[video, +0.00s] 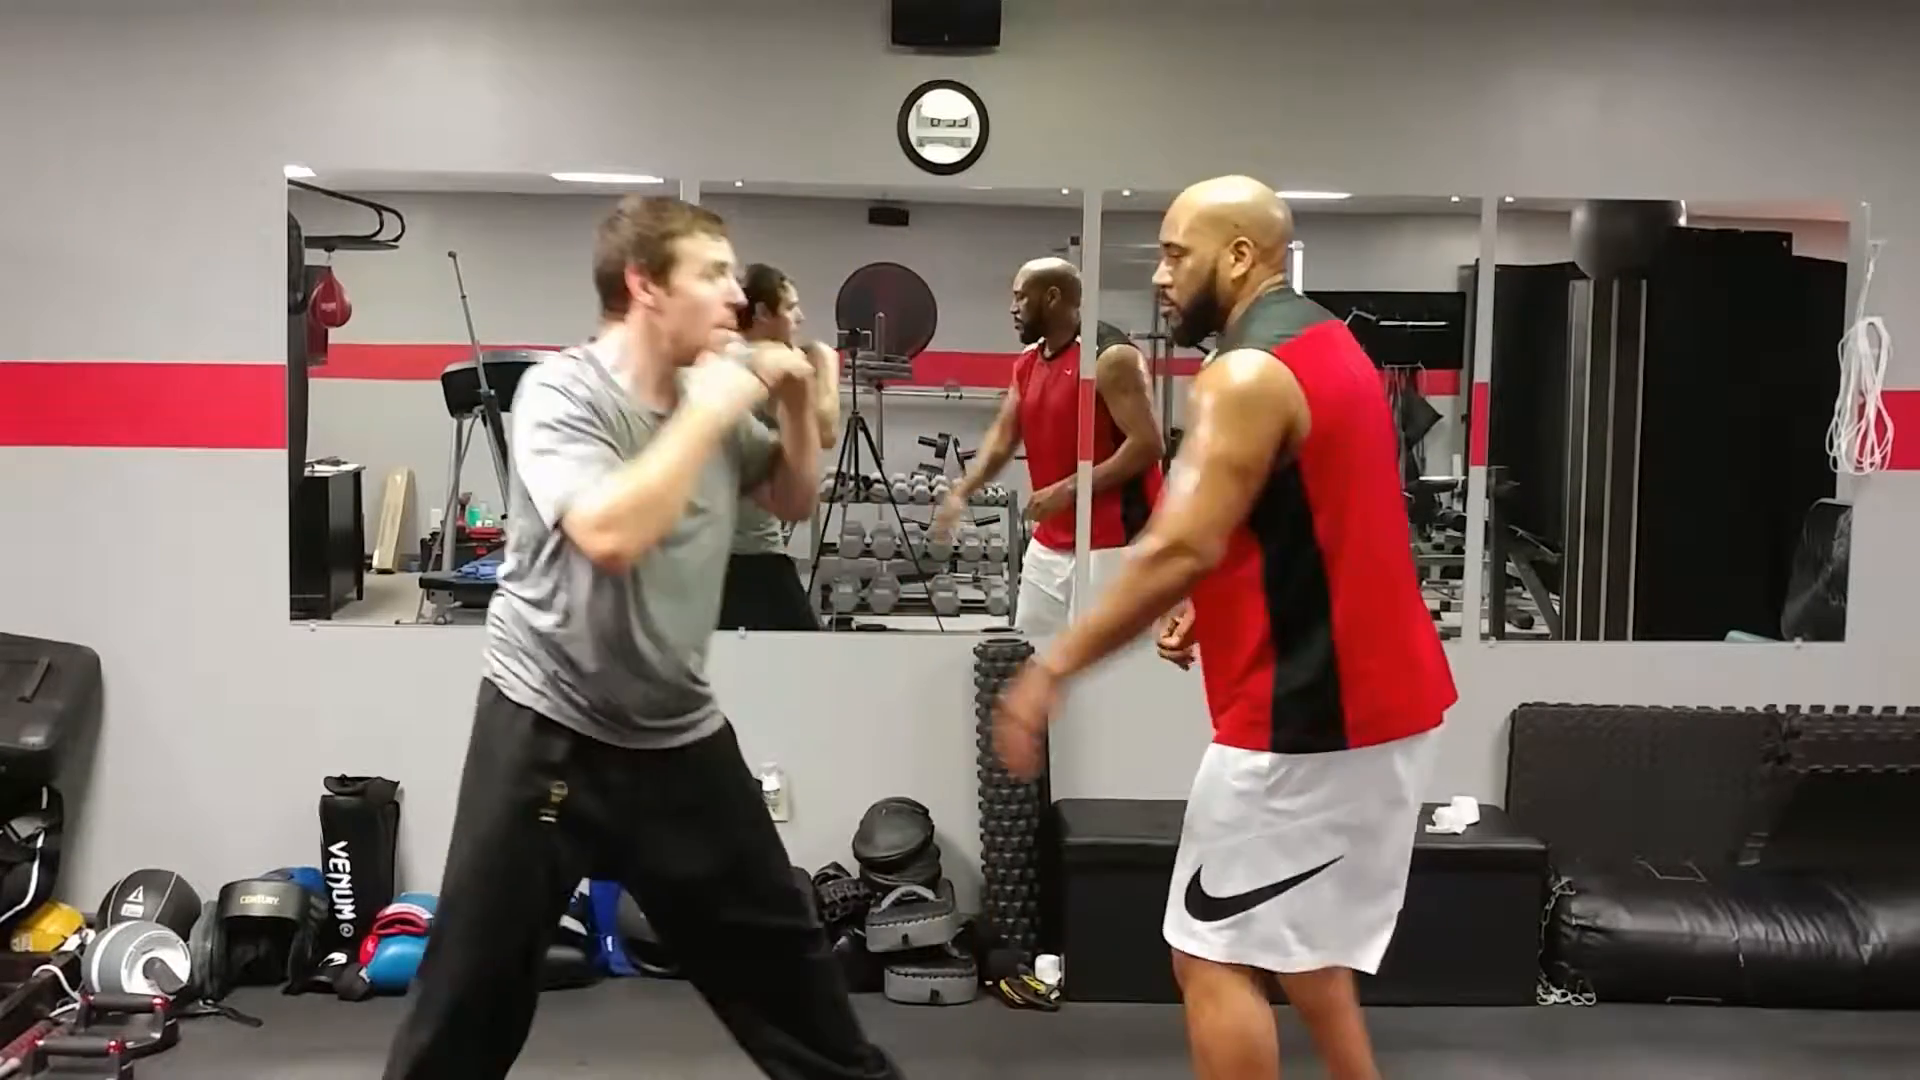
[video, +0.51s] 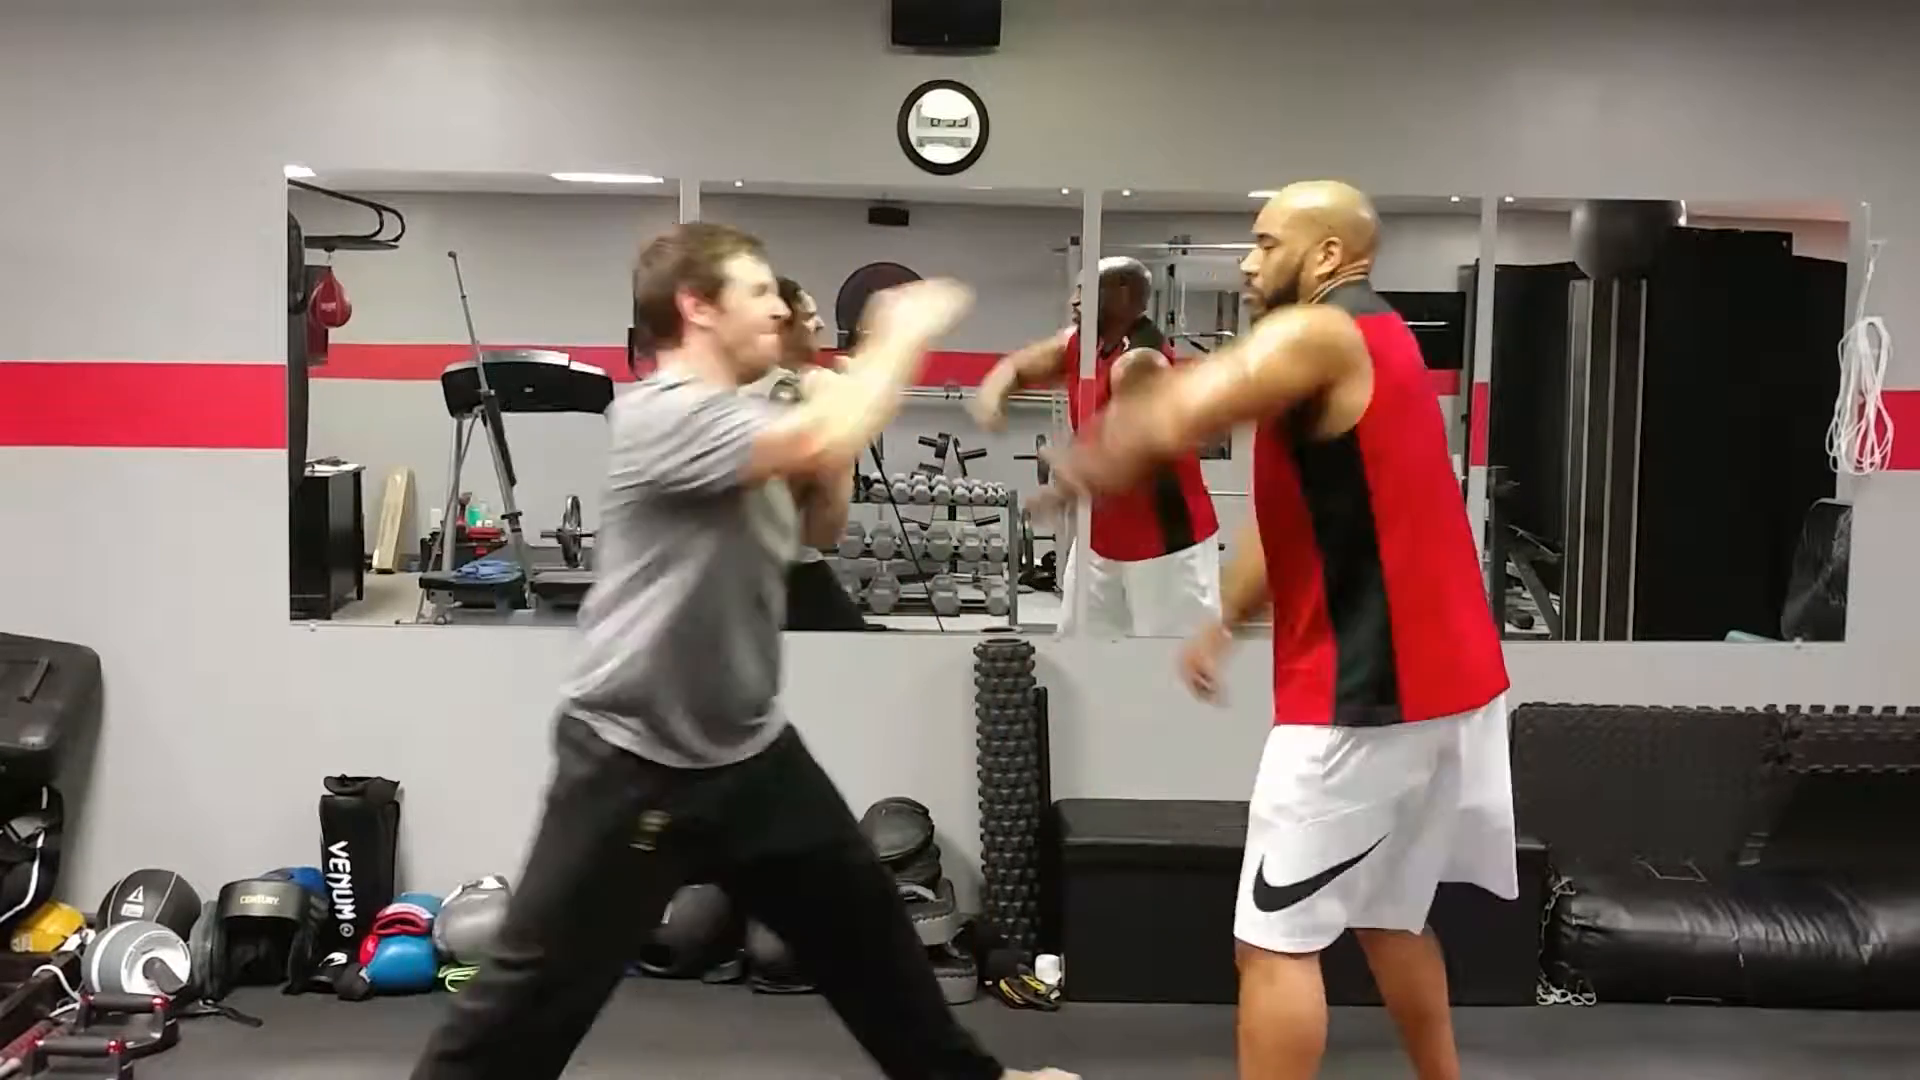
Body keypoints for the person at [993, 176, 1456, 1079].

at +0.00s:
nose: (1159, 275)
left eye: (1175, 256)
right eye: (1161, 256)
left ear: (1241, 257)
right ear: (1256, 260)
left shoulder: (1248, 374)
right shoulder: (1329, 348)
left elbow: (1182, 549)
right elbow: (1314, 518)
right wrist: (1212, 599)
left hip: (1294, 717)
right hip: (1377, 704)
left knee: (1210, 953)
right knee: (1312, 956)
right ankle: (1359, 1076)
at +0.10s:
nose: (1178, 282)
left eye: (1194, 262)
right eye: (1179, 262)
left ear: (1260, 265)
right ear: (1269, 268)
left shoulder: (1284, 383)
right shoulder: (1328, 351)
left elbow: (1298, 576)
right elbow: (1345, 543)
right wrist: (1242, 641)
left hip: (1313, 724)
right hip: (1386, 708)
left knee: (1210, 948)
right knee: (1358, 927)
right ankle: (1421, 1071)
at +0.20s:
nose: (1198, 283)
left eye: (1214, 264)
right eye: (1199, 264)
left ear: (1278, 268)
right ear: (1288, 270)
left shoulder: (1310, 388)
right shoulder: (1348, 356)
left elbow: (1363, 568)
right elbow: (1374, 552)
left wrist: (1272, 708)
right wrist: (1272, 698)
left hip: (1347, 718)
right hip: (1408, 710)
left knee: (1216, 927)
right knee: (1374, 928)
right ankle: (1431, 1072)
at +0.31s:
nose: (1215, 276)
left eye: (1231, 258)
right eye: (1217, 257)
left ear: (1295, 262)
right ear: (1305, 264)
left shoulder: (1315, 376)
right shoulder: (1357, 347)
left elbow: (1350, 563)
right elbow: (1380, 541)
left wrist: (1277, 693)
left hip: (1359, 708)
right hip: (1426, 696)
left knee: (1243, 928)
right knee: (1382, 917)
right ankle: (1434, 1072)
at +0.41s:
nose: (1225, 272)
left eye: (1242, 254)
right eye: (1228, 253)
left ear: (1305, 262)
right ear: (1316, 264)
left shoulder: (1310, 369)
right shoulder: (1365, 344)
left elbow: (1305, 549)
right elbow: (1384, 526)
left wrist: (1245, 626)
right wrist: (1283, 613)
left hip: (1360, 697)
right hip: (1436, 685)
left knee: (1260, 927)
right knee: (1383, 907)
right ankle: (1435, 1071)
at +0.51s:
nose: (1248, 258)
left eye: (1267, 242)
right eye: (1253, 241)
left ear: (1330, 255)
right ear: (1335, 261)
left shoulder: (1319, 333)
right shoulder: (1374, 336)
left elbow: (1164, 421)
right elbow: (1305, 512)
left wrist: (1093, 460)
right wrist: (1224, 614)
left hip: (1355, 693)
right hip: (1438, 683)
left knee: (1275, 939)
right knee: (1391, 913)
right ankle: (1441, 1073)